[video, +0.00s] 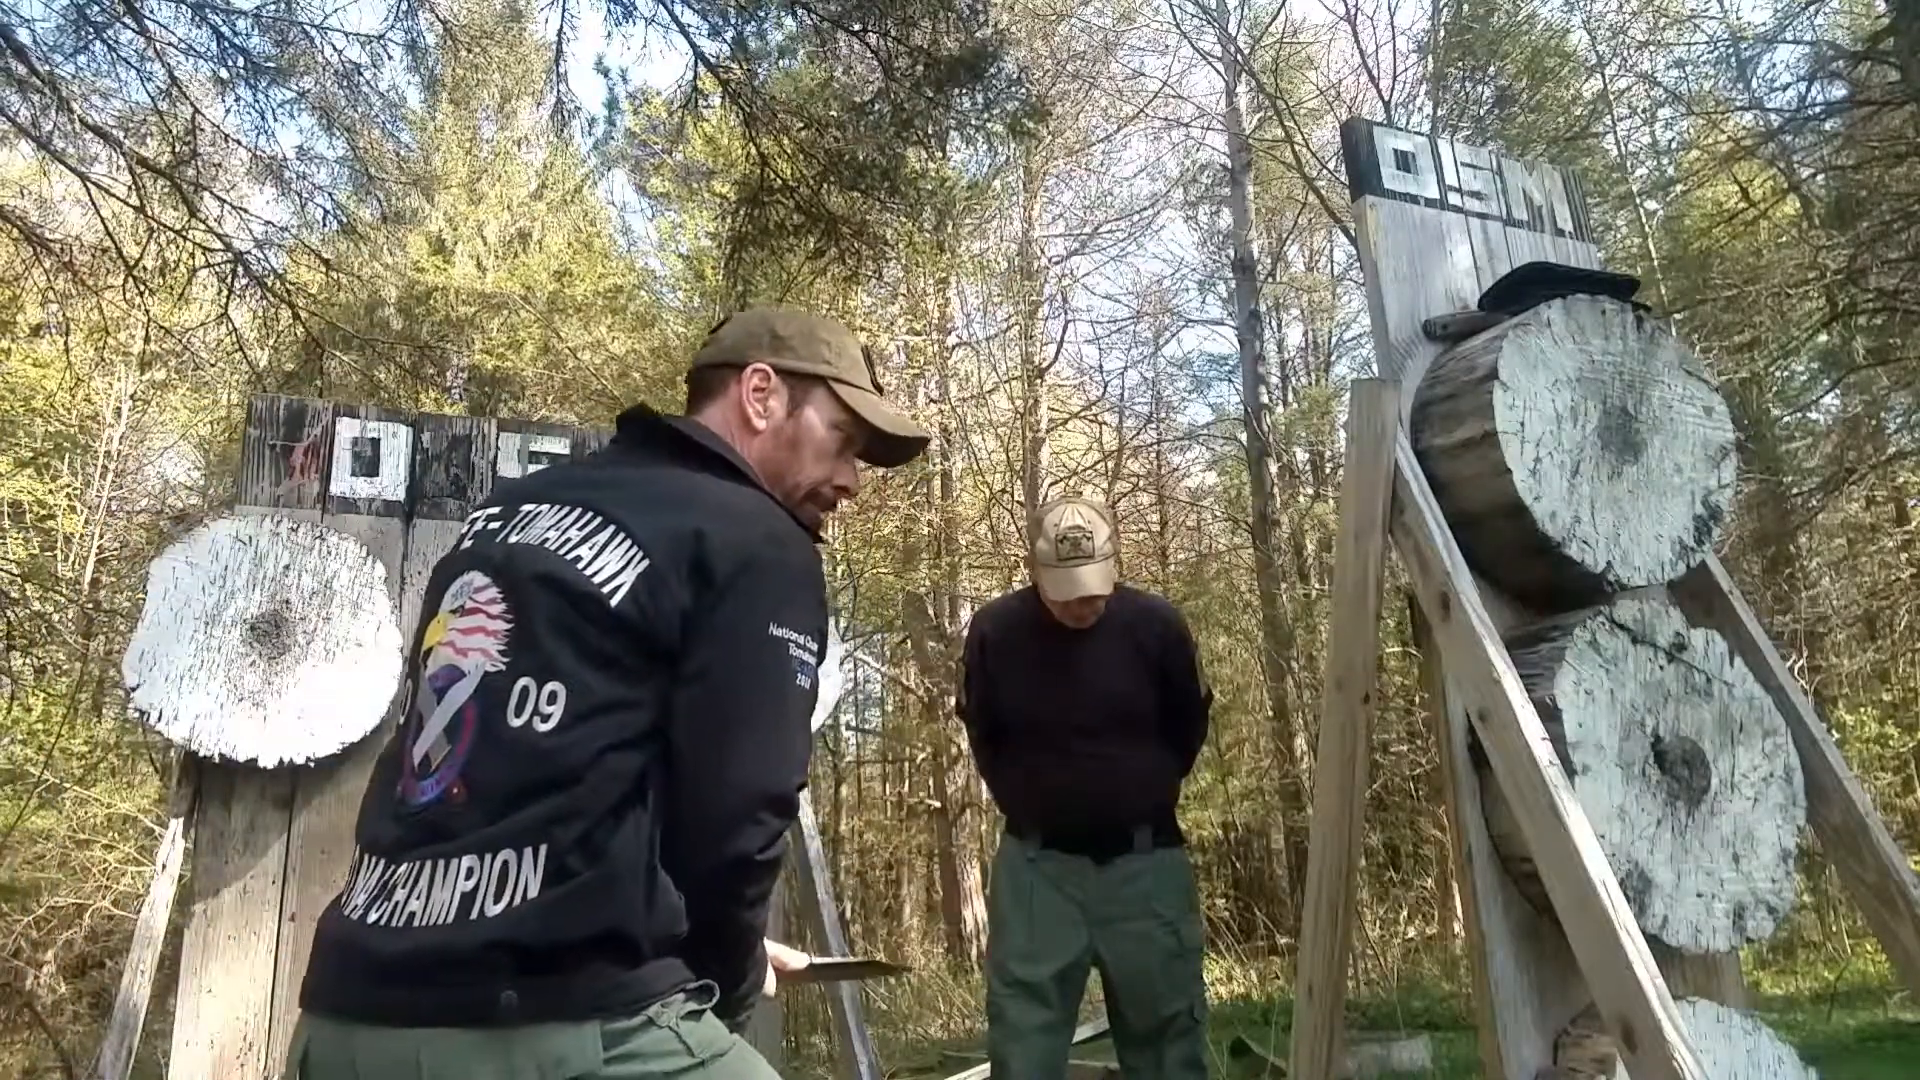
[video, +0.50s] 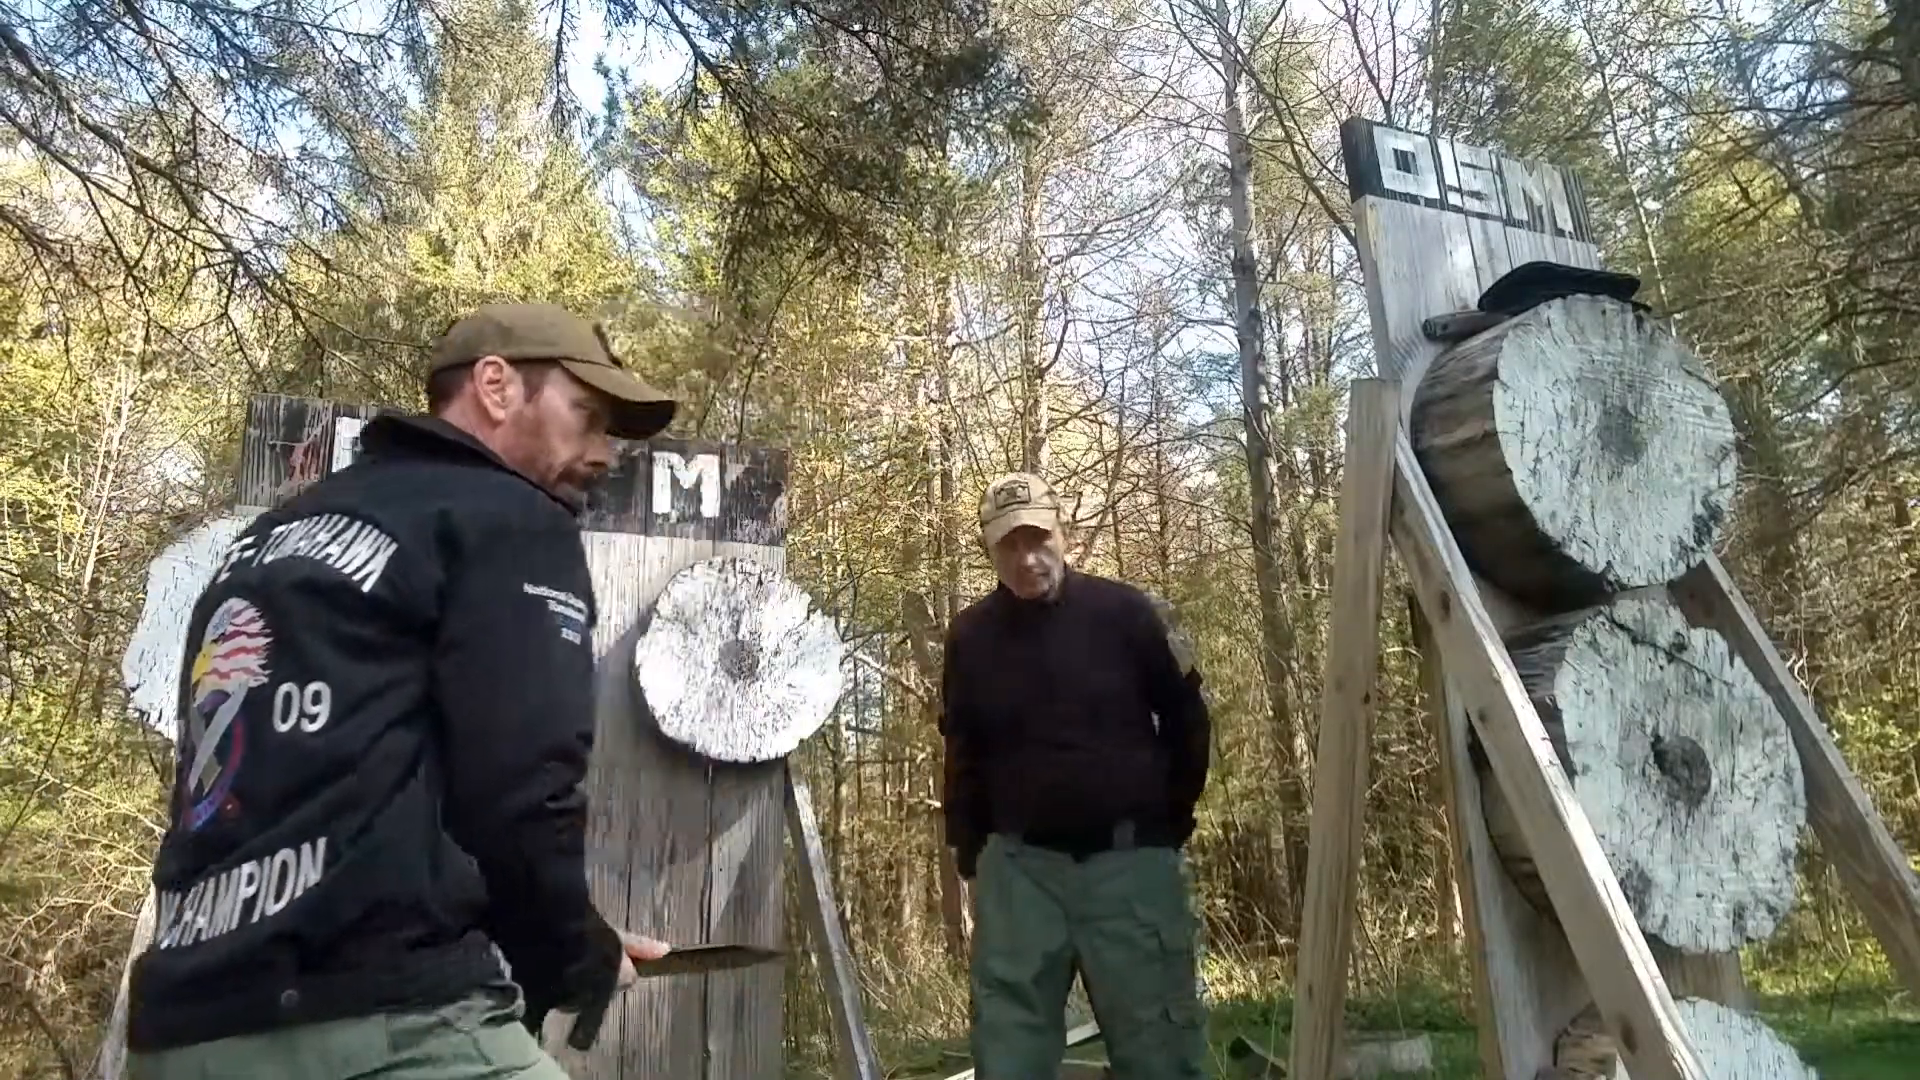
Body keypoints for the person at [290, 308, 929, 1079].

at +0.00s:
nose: (854, 483)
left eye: (862, 457)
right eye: (847, 442)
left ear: (753, 399)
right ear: (760, 398)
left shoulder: (513, 501)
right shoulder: (757, 541)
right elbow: (733, 820)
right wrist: (731, 982)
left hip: (356, 1020)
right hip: (580, 1023)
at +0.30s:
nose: (751, 458)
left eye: (756, 430)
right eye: (739, 416)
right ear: (650, 381)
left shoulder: (419, 506)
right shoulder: (662, 519)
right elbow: (656, 797)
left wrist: (680, 928)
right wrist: (685, 966)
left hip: (298, 1016)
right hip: (512, 1008)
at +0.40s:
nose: (684, 456)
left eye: (690, 430)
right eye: (669, 417)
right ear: (577, 385)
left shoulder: (352, 519)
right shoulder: (591, 519)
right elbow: (593, 795)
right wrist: (640, 967)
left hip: (252, 1017)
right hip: (456, 1008)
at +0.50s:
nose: (605, 455)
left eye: (609, 429)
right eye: (586, 413)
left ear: (492, 393)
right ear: (497, 389)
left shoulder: (271, 527)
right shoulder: (508, 518)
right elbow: (514, 794)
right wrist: (581, 964)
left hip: (182, 1023)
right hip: (385, 1012)